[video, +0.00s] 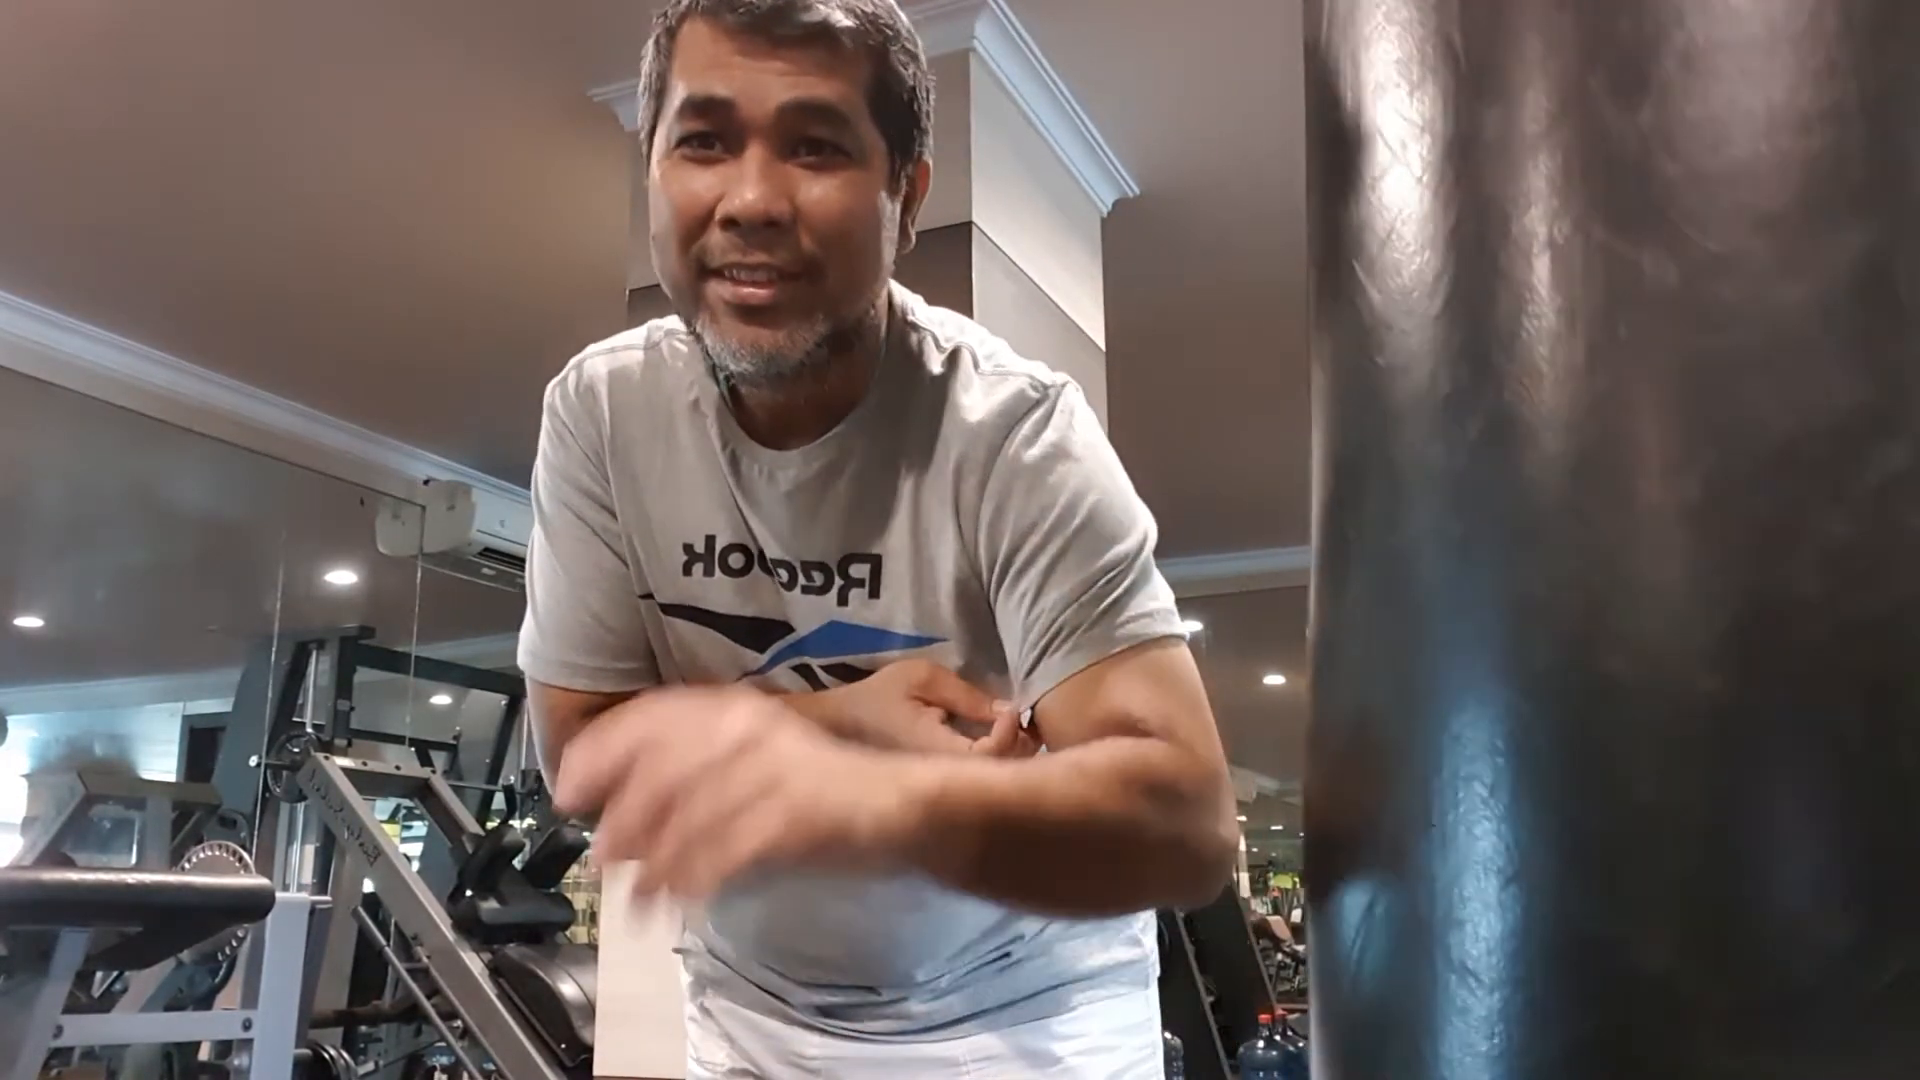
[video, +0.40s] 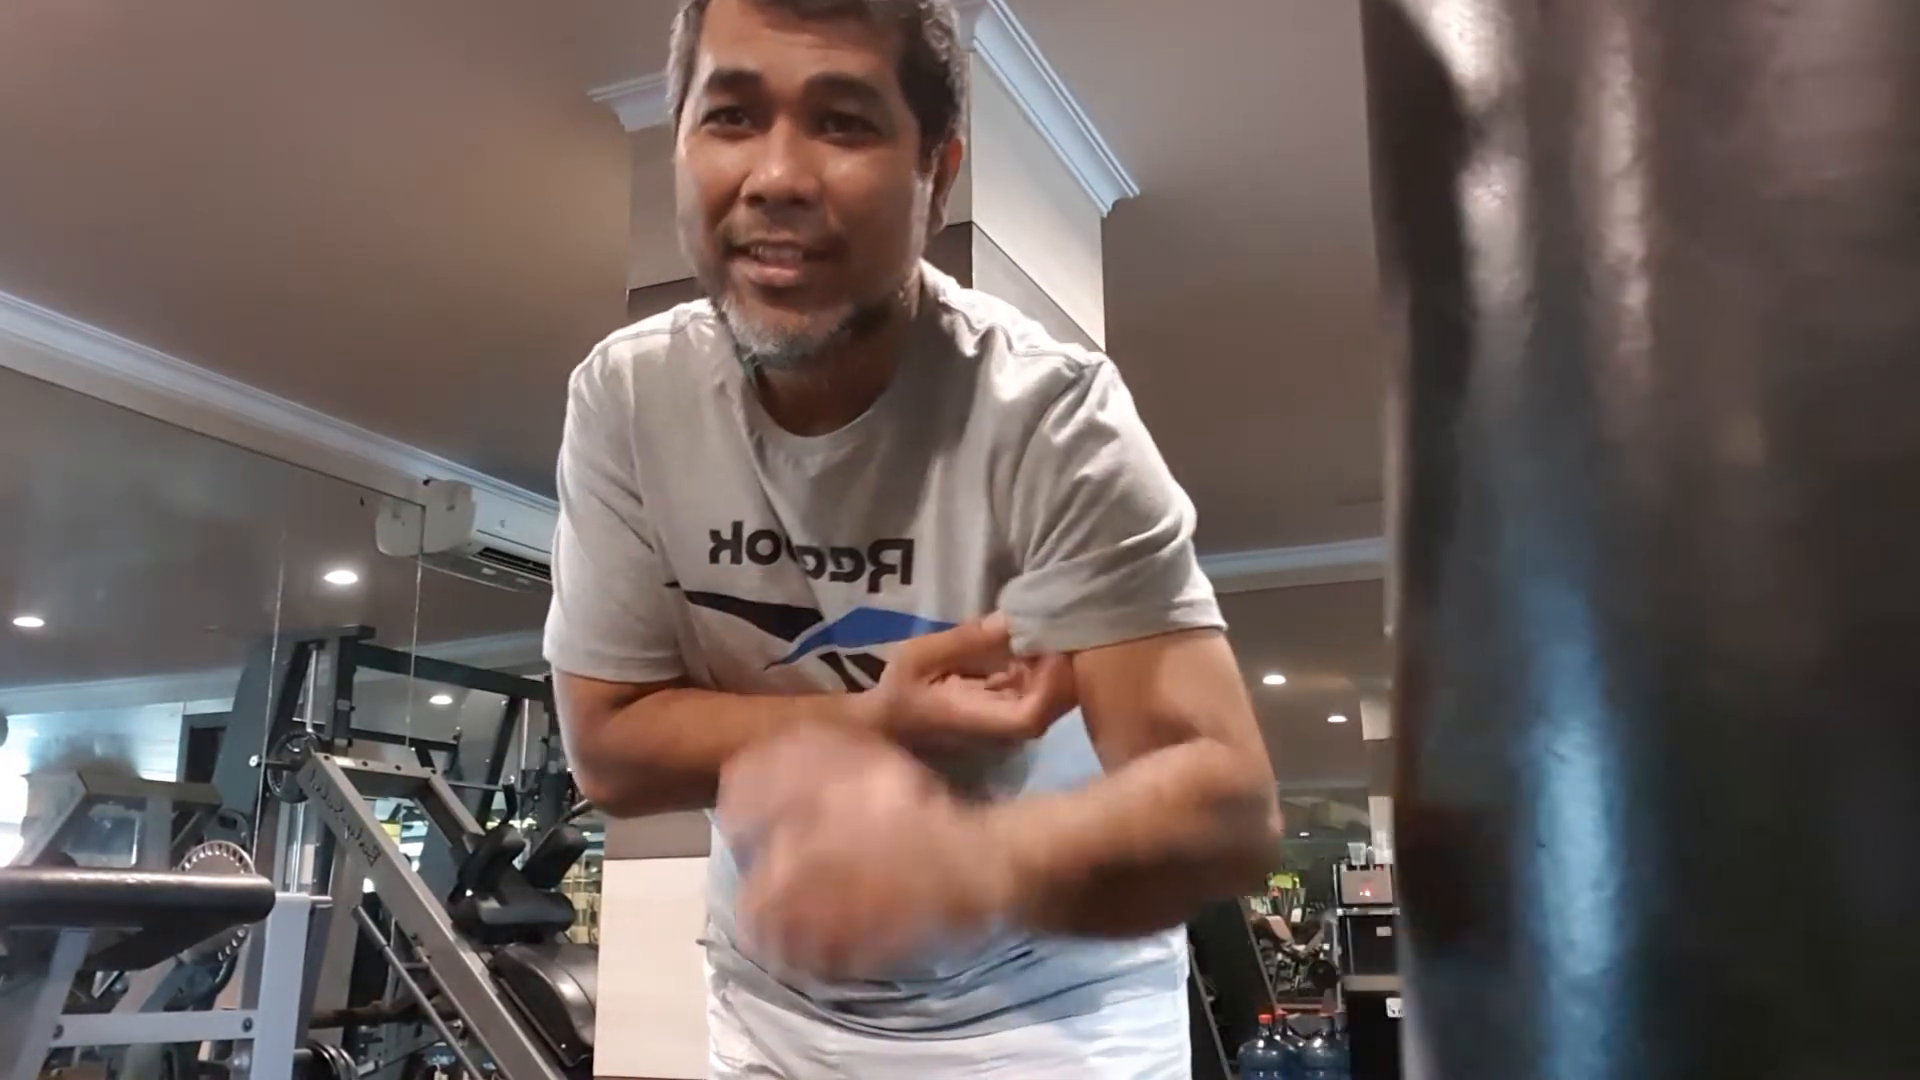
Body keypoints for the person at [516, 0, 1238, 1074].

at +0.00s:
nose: (752, 202)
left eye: (816, 150)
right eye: (705, 142)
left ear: (907, 197)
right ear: (651, 173)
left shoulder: (1014, 430)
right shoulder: (603, 411)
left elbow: (1189, 820)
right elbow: (582, 744)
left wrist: (882, 799)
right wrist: (837, 722)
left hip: (1026, 1015)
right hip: (746, 1008)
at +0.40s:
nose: (776, 180)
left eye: (842, 124)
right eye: (733, 118)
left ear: (937, 174)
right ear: (680, 146)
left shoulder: (1050, 410)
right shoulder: (627, 396)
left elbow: (1228, 798)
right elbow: (610, 749)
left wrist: (975, 860)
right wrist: (874, 720)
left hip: (1052, 1014)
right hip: (772, 1008)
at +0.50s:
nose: (796, 165)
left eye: (863, 112)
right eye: (753, 103)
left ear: (957, 161)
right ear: (698, 133)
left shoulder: (1069, 409)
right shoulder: (643, 388)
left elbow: (1245, 803)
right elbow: (624, 742)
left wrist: (990, 1004)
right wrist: (892, 719)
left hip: (1075, 1015)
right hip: (785, 1017)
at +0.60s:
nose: (821, 149)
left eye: (890, 95)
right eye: (776, 84)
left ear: (980, 153)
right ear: (717, 120)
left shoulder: (1087, 408)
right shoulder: (658, 378)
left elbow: (1242, 831)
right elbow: (640, 734)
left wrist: (1069, 1069)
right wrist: (909, 723)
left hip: (1057, 1019)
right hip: (790, 1013)